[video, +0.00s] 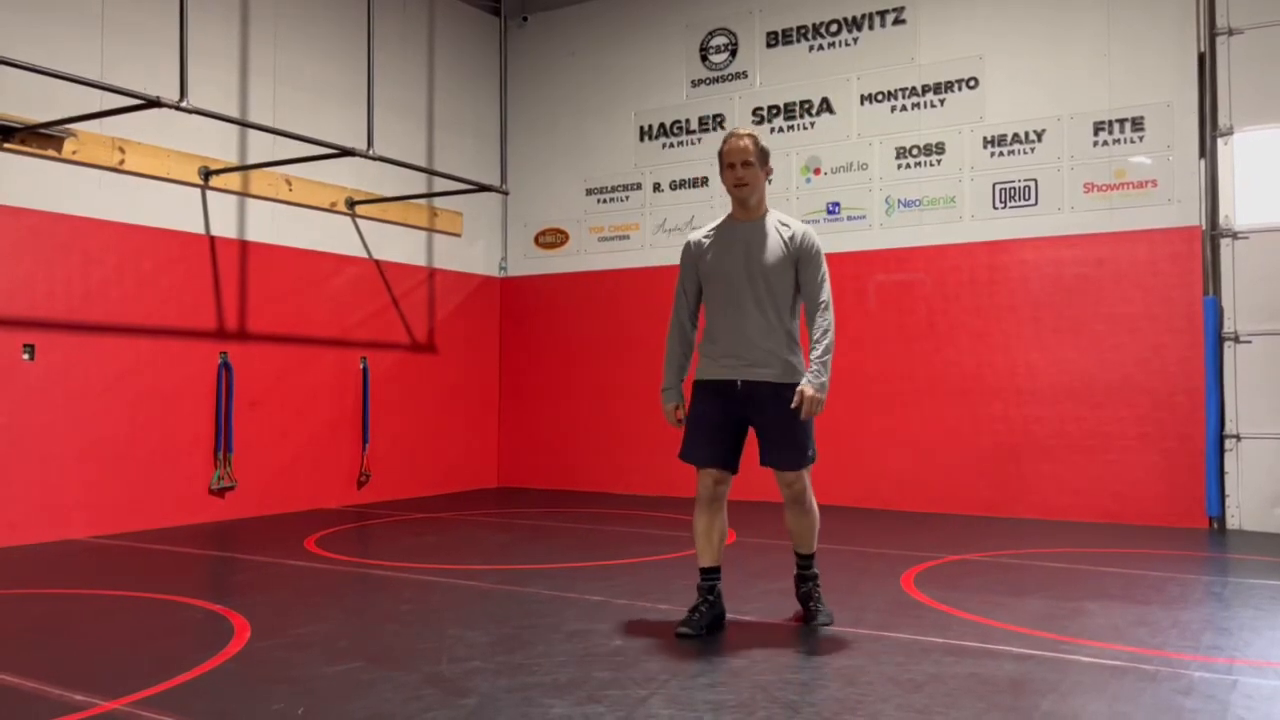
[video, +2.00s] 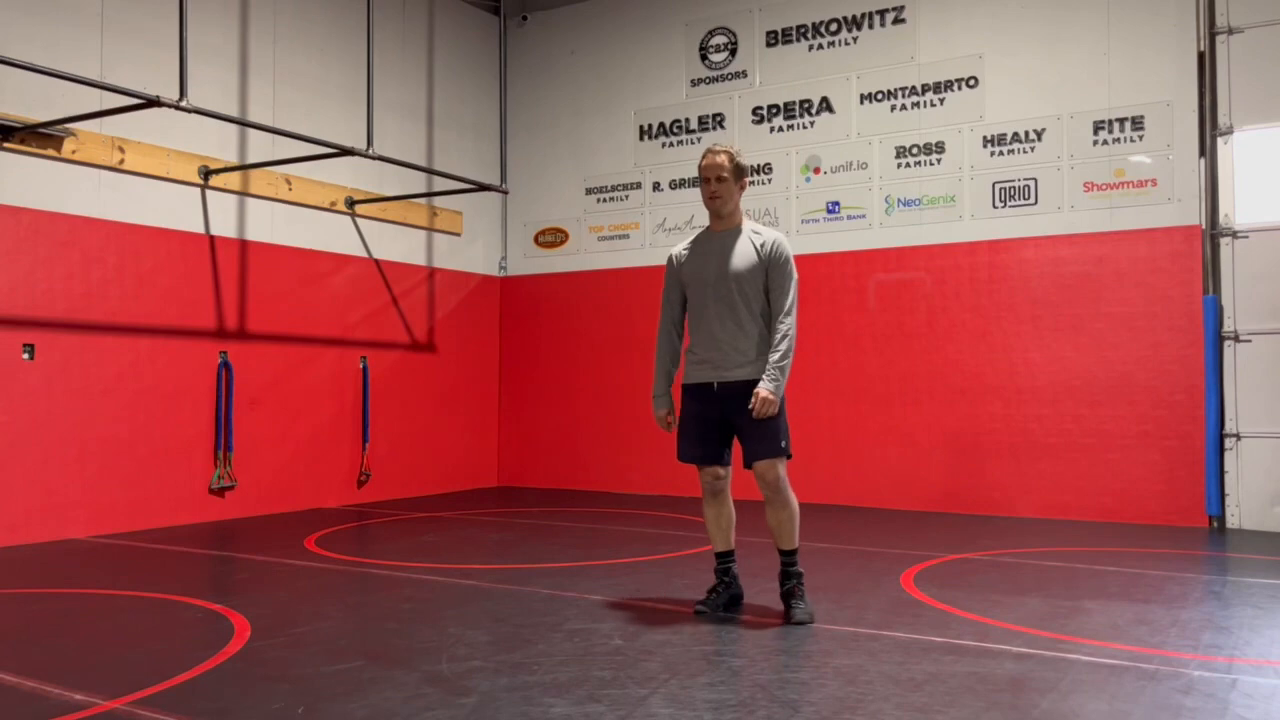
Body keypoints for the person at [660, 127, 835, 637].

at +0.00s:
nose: (737, 173)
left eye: (746, 164)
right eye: (729, 165)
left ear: (766, 170)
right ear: (720, 174)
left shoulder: (798, 239)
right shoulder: (700, 245)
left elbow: (821, 315)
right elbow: (682, 322)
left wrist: (817, 378)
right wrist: (672, 386)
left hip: (780, 386)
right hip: (717, 387)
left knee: (796, 489)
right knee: (710, 488)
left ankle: (808, 585)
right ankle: (709, 601)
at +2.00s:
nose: (711, 188)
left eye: (720, 179)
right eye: (705, 180)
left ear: (742, 184)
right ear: (697, 187)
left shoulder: (771, 246)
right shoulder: (683, 256)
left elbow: (786, 323)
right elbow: (669, 330)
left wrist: (773, 382)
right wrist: (662, 390)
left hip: (755, 386)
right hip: (702, 390)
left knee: (772, 478)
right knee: (713, 482)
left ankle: (792, 586)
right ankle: (726, 584)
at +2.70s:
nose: (764, 176)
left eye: (773, 169)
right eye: (756, 169)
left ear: (789, 179)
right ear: (745, 179)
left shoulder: (815, 246)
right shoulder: (719, 248)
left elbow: (838, 314)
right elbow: (704, 317)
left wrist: (812, 348)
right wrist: (721, 368)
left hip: (797, 388)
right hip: (740, 389)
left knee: (803, 487)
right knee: (731, 485)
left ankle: (808, 593)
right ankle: (729, 583)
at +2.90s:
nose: (779, 175)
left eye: (789, 168)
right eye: (772, 167)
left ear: (808, 177)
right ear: (762, 176)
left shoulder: (835, 242)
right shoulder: (736, 246)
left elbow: (850, 313)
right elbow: (714, 318)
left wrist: (803, 286)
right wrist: (768, 313)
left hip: (815, 381)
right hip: (754, 382)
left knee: (815, 490)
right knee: (732, 487)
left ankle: (811, 592)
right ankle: (730, 573)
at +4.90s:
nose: (784, 160)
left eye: (795, 151)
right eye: (778, 151)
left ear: (820, 156)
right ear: (772, 159)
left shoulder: (850, 228)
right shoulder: (752, 235)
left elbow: (863, 305)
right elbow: (725, 303)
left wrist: (807, 266)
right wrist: (744, 306)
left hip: (824, 378)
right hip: (761, 379)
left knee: (832, 494)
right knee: (750, 491)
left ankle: (842, 610)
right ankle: (743, 615)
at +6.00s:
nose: (783, 184)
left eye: (793, 175)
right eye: (778, 176)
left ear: (820, 178)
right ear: (775, 182)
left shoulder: (852, 243)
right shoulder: (763, 251)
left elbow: (879, 313)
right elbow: (746, 321)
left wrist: (815, 297)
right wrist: (772, 305)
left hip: (834, 381)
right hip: (780, 384)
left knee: (836, 487)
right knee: (796, 487)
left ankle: (844, 602)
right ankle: (814, 587)